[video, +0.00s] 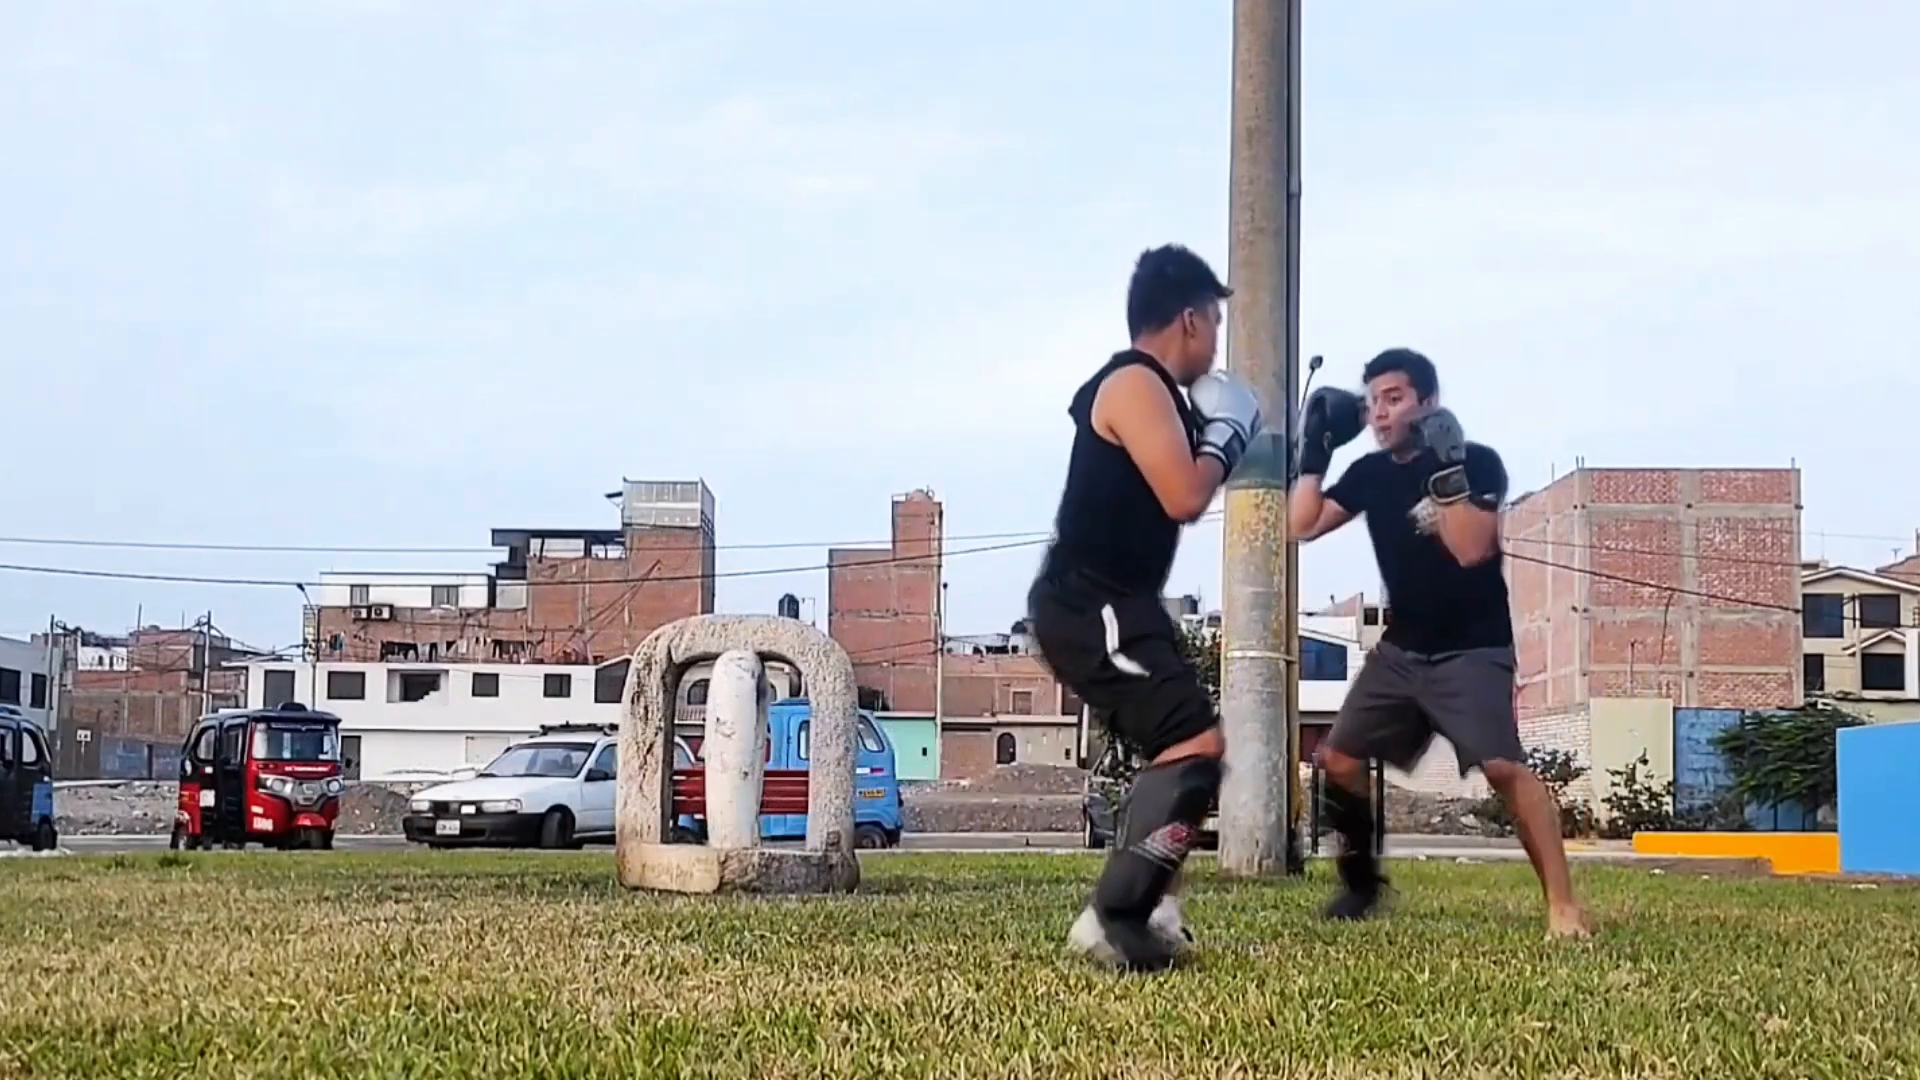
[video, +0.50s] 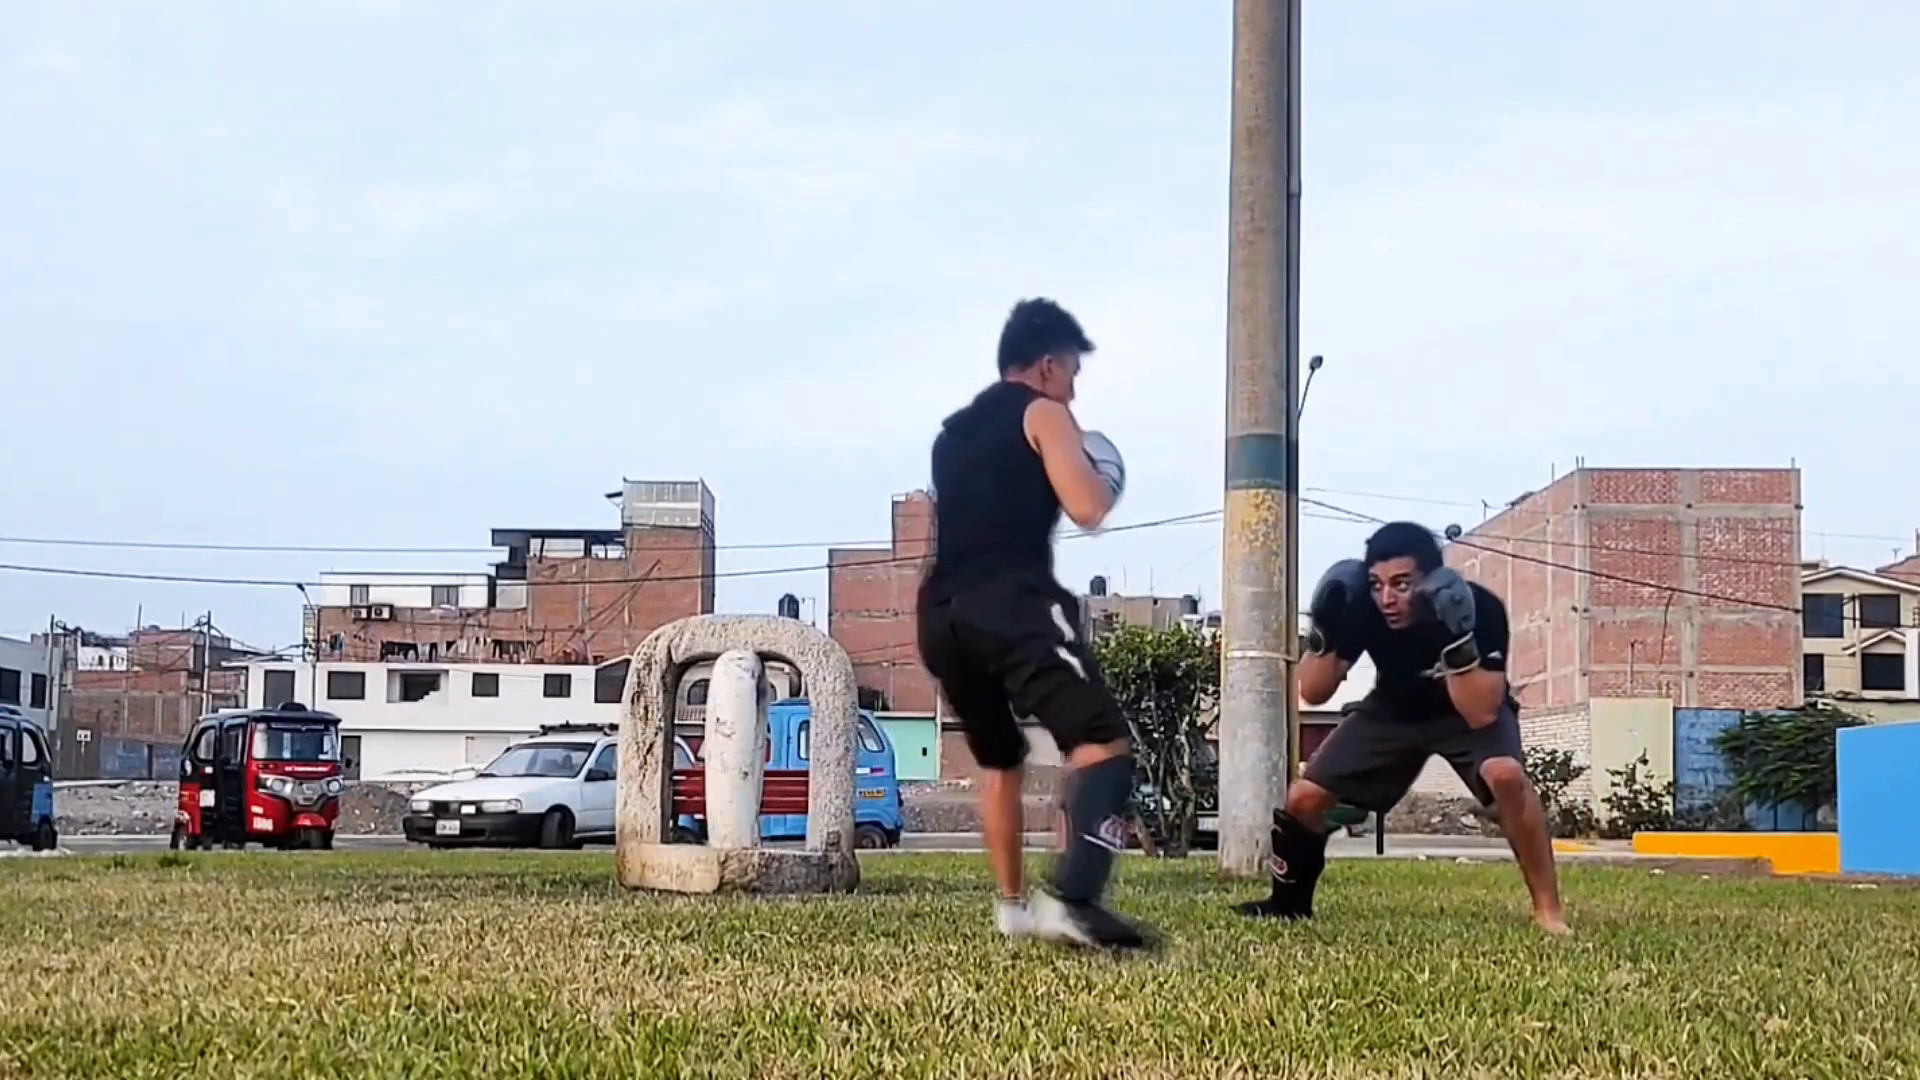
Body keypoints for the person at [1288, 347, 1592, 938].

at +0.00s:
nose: (1379, 410)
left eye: (1392, 397)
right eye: (1372, 400)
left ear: (1427, 401)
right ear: (1368, 409)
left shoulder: (1473, 462)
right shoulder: (1372, 471)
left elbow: (1473, 548)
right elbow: (1302, 524)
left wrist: (1446, 467)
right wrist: (1316, 444)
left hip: (1473, 652)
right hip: (1401, 651)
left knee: (1502, 764)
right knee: (1339, 759)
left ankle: (1564, 908)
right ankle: (1362, 889)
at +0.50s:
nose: (1387, 597)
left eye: (1401, 583)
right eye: (1378, 584)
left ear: (1433, 578)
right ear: (1369, 581)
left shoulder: (1480, 611)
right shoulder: (1361, 608)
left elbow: (1482, 712)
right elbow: (1312, 692)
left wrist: (1458, 640)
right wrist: (1322, 626)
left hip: (1467, 706)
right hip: (1392, 709)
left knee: (1507, 776)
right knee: (1304, 799)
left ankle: (1549, 912)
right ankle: (1290, 905)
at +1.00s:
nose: (1233, 463)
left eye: (1245, 451)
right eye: (1230, 452)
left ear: (1284, 458)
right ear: (1229, 457)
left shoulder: (1324, 513)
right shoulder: (1222, 512)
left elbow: (1386, 550)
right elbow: (1150, 542)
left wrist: (1415, 570)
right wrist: (1131, 496)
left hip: (1338, 683)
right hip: (1272, 679)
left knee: (1389, 784)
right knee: (1214, 791)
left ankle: (1485, 884)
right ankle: (1257, 901)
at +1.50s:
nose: (1158, 452)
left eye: (1174, 445)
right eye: (1159, 440)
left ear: (1209, 465)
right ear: (1155, 443)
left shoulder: (1211, 546)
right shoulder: (1121, 484)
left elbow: (1228, 625)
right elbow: (1065, 536)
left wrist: (1228, 565)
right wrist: (1003, 570)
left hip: (1088, 677)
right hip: (1016, 636)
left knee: (1135, 779)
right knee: (898, 696)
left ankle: (1058, 907)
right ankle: (803, 749)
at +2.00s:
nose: (1069, 376)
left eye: (1081, 365)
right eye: (1071, 366)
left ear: (1119, 377)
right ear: (1108, 378)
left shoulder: (1155, 447)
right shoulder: (1071, 463)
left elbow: (1116, 507)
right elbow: (1027, 538)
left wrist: (1087, 429)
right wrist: (1010, 468)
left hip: (1111, 642)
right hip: (1045, 639)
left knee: (1124, 781)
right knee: (979, 763)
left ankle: (1177, 907)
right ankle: (910, 892)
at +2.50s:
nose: (1120, 415)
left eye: (1128, 402)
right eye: (1122, 402)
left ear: (1166, 407)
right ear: (1170, 409)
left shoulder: (1191, 464)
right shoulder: (1181, 471)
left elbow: (1121, 513)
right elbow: (1235, 569)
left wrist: (1077, 462)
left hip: (1204, 680)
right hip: (1156, 676)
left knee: (1257, 802)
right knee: (1058, 753)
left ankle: (1379, 909)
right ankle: (1075, 899)